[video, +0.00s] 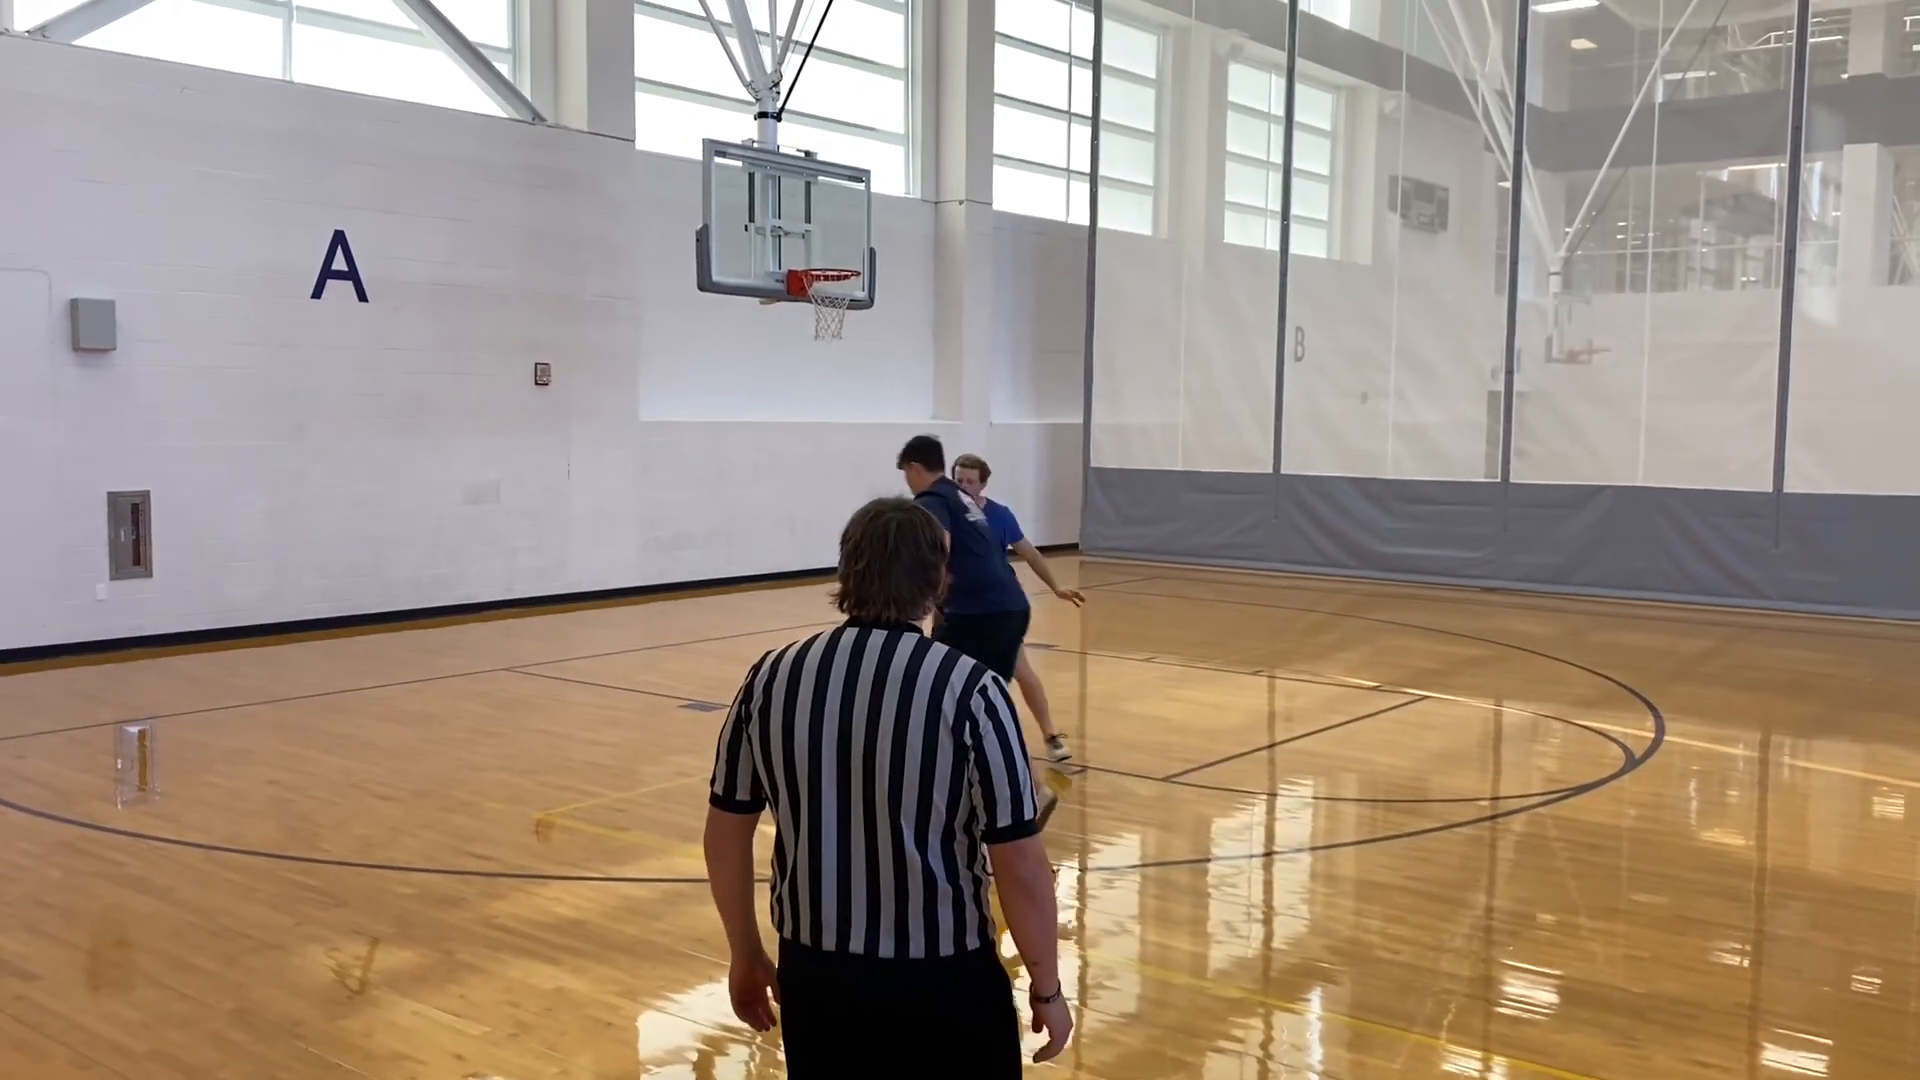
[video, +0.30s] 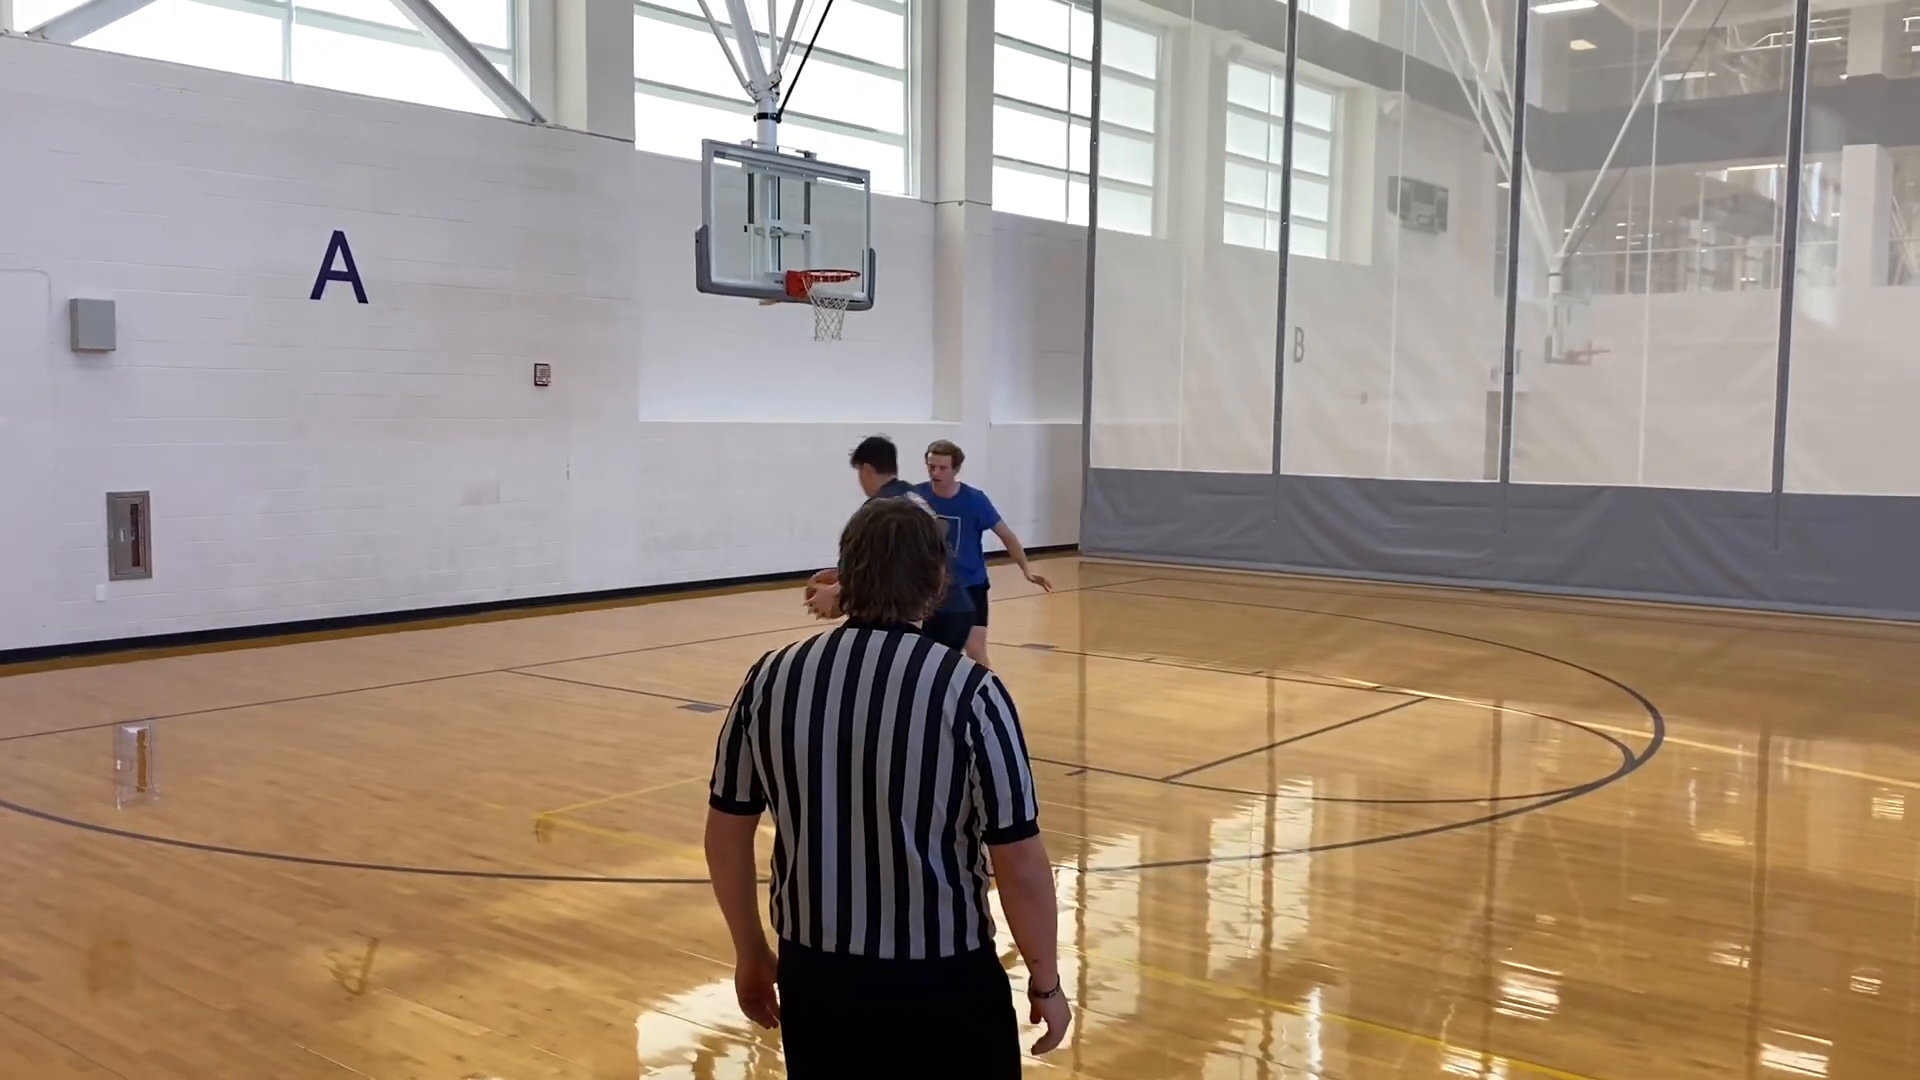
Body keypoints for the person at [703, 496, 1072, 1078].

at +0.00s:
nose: (950, 582)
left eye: (945, 566)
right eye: (947, 568)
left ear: (849, 572)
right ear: (937, 578)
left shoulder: (772, 676)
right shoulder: (973, 689)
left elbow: (725, 831)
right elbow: (1020, 862)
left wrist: (744, 950)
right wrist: (1047, 988)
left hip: (816, 984)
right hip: (948, 988)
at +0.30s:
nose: (949, 583)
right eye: (946, 570)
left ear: (847, 573)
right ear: (937, 581)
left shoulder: (772, 677)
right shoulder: (972, 691)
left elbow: (726, 832)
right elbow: (1019, 860)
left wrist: (749, 949)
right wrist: (1045, 978)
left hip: (816, 984)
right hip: (948, 988)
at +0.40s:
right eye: (946, 573)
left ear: (845, 575)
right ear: (937, 583)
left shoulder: (771, 677)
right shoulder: (971, 690)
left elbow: (726, 833)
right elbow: (1020, 861)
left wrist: (751, 948)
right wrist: (1045, 977)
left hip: (816, 982)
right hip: (949, 986)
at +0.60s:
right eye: (943, 568)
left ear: (842, 573)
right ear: (937, 579)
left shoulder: (771, 675)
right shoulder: (971, 687)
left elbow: (727, 831)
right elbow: (1020, 854)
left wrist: (757, 945)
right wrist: (1045, 973)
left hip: (817, 981)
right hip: (950, 984)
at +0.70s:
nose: (947, 581)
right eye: (942, 569)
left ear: (844, 571)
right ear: (934, 579)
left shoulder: (770, 673)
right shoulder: (969, 686)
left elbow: (725, 830)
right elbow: (1019, 856)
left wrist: (756, 944)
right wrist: (1042, 971)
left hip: (815, 981)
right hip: (947, 985)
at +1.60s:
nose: (939, 573)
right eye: (935, 561)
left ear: (841, 564)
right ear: (929, 572)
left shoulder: (768, 671)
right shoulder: (969, 682)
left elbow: (724, 826)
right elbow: (1019, 851)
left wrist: (757, 940)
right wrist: (1037, 953)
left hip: (815, 974)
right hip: (948, 977)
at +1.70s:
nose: (938, 573)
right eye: (934, 560)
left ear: (841, 566)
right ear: (929, 572)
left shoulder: (768, 670)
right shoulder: (967, 681)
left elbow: (723, 826)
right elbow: (1017, 849)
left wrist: (755, 939)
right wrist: (1035, 950)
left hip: (814, 976)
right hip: (945, 978)